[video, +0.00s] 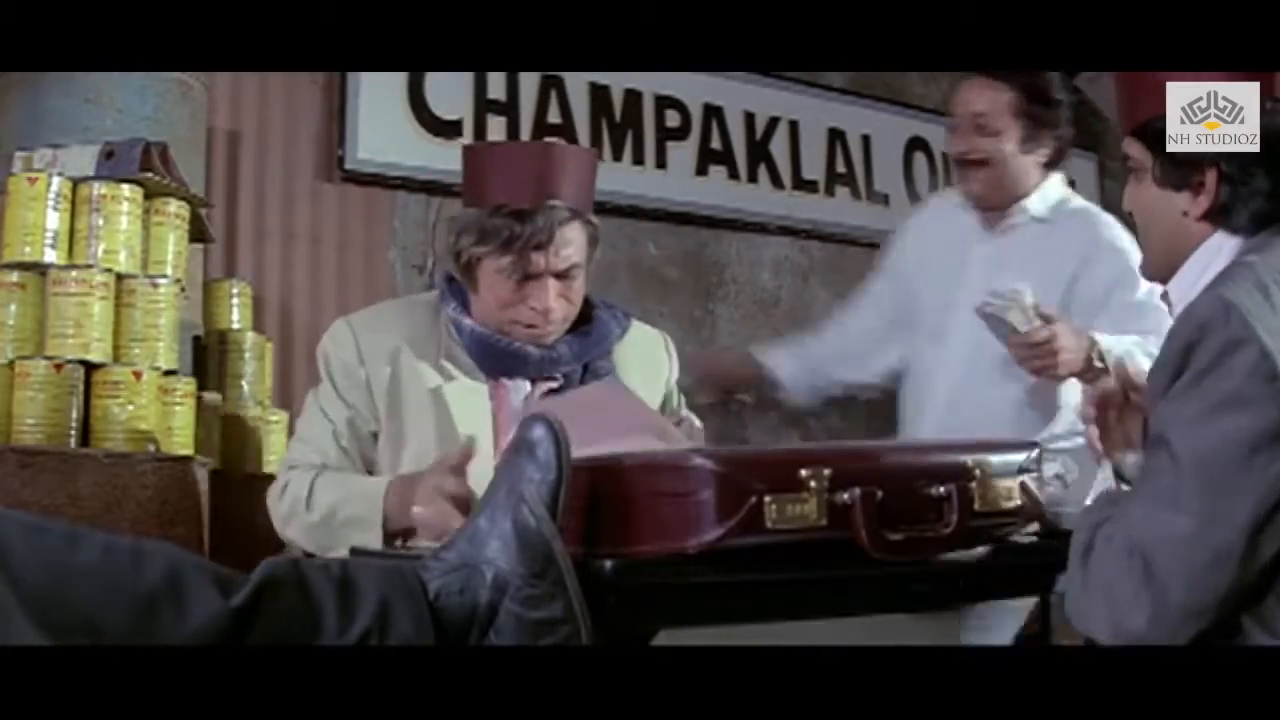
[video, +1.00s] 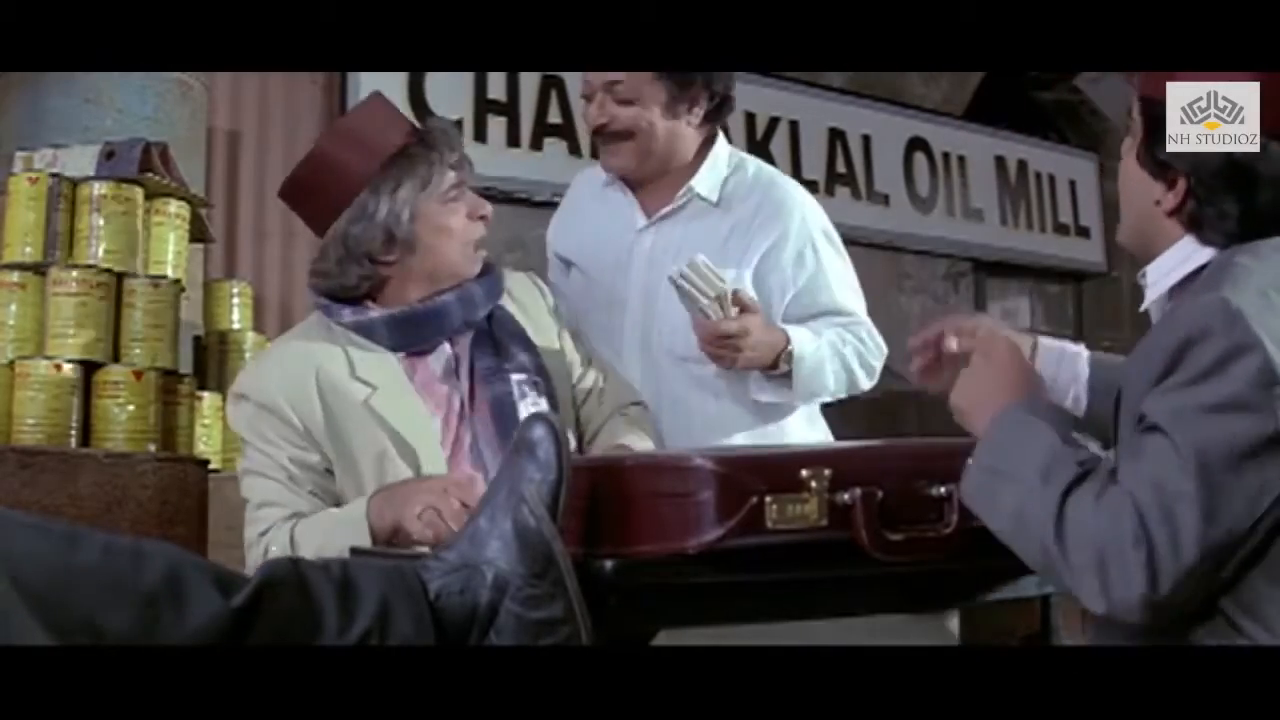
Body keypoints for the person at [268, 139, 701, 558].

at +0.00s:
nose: (545, 300)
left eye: (566, 274)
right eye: (520, 275)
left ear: (588, 267)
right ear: (465, 264)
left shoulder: (644, 354)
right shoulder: (368, 351)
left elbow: (696, 460)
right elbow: (296, 496)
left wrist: (673, 450)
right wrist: (400, 502)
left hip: (601, 618)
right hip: (429, 626)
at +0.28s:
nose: (545, 295)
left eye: (564, 269)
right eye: (519, 269)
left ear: (587, 268)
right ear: (464, 262)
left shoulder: (635, 363)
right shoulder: (368, 349)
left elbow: (698, 483)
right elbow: (292, 497)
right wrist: (372, 487)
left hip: (586, 619)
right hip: (416, 623)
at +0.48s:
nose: (524, 289)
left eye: (545, 259)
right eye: (497, 261)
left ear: (576, 257)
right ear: (450, 262)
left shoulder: (620, 364)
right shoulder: (389, 357)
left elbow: (675, 490)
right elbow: (296, 502)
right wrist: (383, 499)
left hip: (579, 615)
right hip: (423, 623)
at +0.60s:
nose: (469, 280)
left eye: (486, 251)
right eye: (436, 259)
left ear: (515, 253)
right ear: (392, 264)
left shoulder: (586, 351)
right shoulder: (338, 370)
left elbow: (652, 474)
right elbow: (309, 526)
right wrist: (394, 508)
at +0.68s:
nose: (427, 252)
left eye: (438, 219)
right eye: (390, 237)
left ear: (461, 217)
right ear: (344, 255)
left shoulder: (555, 303)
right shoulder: (308, 372)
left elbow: (631, 430)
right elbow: (312, 536)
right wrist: (413, 505)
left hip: (585, 594)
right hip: (428, 622)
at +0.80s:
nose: (466, 217)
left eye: (454, 196)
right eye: (434, 202)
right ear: (363, 244)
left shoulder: (529, 305)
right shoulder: (283, 382)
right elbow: (285, 547)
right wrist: (389, 516)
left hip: (551, 603)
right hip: (399, 625)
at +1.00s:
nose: (485, 209)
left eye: (472, 191)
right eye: (454, 195)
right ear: (384, 241)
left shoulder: (524, 302)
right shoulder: (286, 379)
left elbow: (609, 408)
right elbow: (270, 549)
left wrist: (617, 479)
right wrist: (377, 513)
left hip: (554, 606)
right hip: (405, 627)